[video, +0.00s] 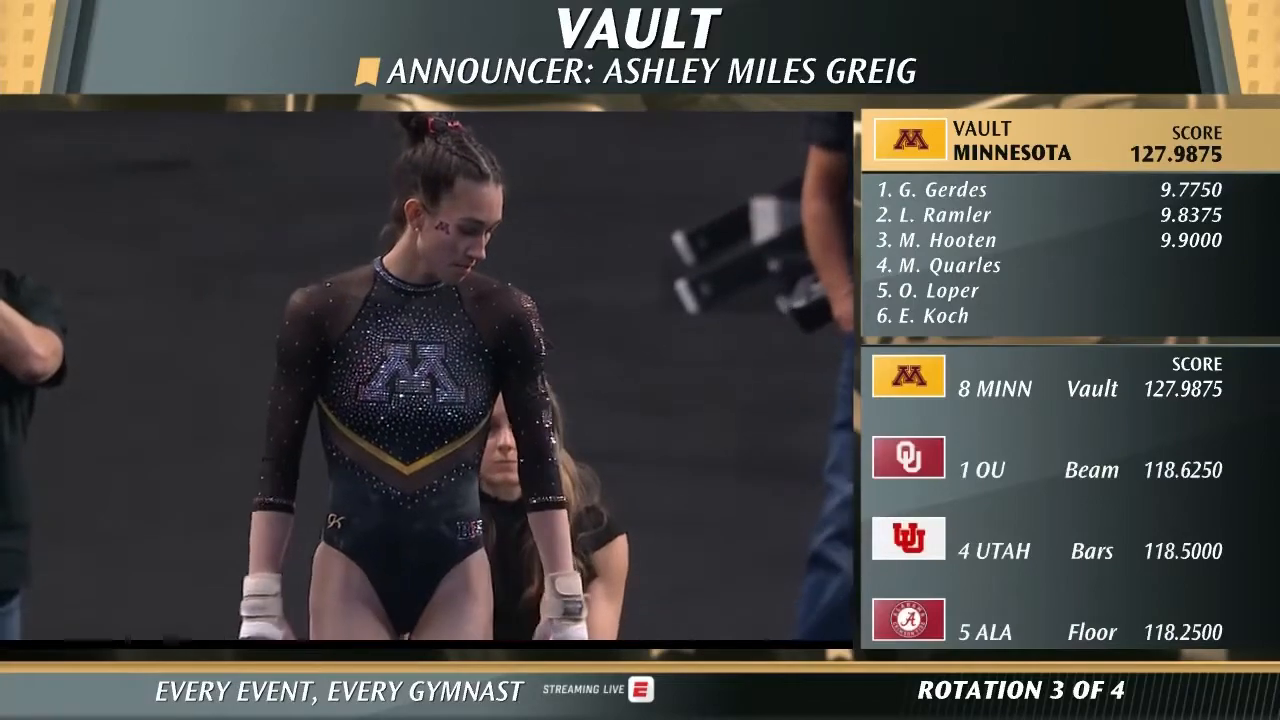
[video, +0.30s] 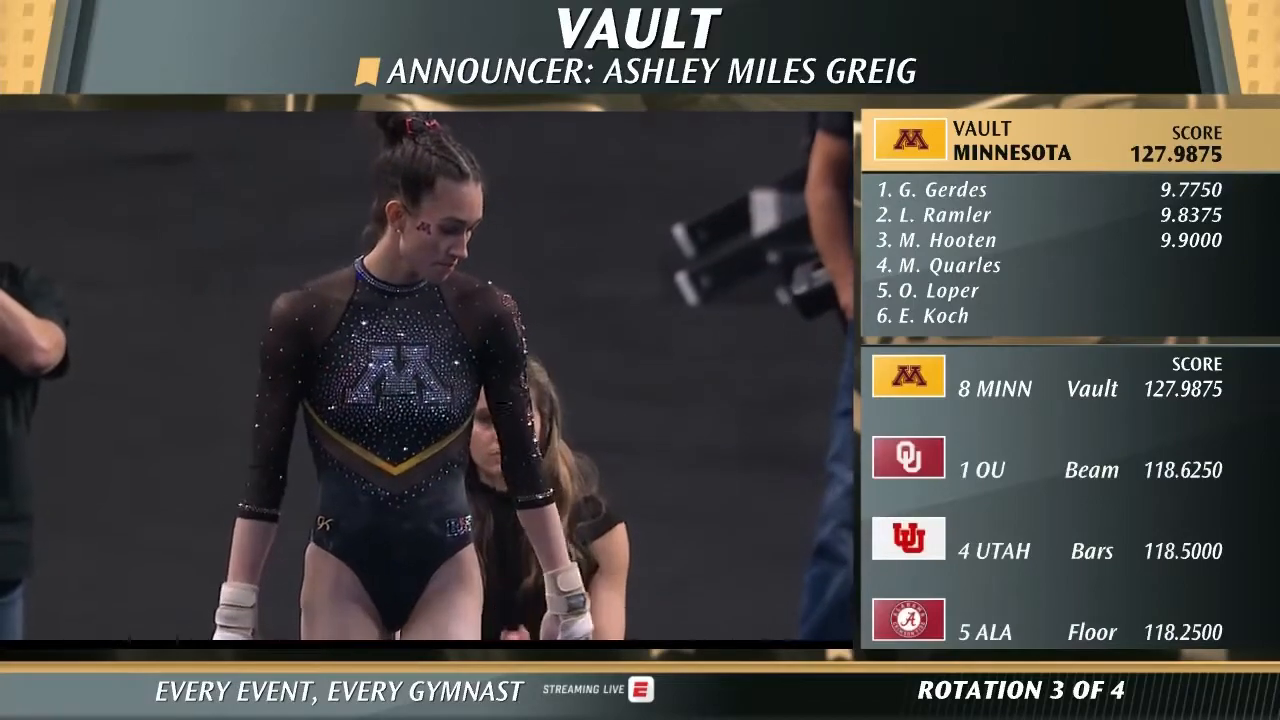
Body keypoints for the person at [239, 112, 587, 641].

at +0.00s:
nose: (481, 250)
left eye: (490, 231)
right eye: (468, 230)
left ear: (497, 220)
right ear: (414, 213)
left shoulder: (503, 316)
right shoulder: (320, 312)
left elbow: (538, 460)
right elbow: (279, 462)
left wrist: (566, 600)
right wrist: (259, 605)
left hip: (458, 568)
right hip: (350, 565)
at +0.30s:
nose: (462, 249)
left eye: (470, 231)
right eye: (447, 229)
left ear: (478, 219)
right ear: (395, 214)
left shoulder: (481, 312)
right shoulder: (301, 316)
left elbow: (520, 457)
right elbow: (263, 473)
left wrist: (565, 592)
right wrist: (233, 612)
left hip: (447, 565)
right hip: (340, 565)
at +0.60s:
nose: (468, 241)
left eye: (476, 223)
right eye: (454, 221)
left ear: (483, 213)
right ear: (403, 208)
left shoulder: (489, 310)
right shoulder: (310, 308)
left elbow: (510, 460)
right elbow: (284, 461)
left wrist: (519, 603)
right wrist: (284, 609)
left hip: (458, 558)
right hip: (348, 556)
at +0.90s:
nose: (471, 246)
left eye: (480, 228)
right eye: (458, 227)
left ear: (485, 217)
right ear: (406, 212)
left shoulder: (493, 315)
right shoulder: (315, 313)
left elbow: (510, 468)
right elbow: (291, 468)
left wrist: (494, 612)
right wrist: (280, 609)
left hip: (458, 559)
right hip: (348, 557)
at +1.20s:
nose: (471, 245)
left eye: (478, 227)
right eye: (458, 226)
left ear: (483, 216)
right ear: (405, 210)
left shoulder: (488, 316)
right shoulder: (312, 313)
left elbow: (512, 469)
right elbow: (281, 468)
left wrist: (536, 613)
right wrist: (254, 614)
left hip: (453, 562)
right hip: (345, 559)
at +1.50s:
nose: (456, 244)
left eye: (463, 227)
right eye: (443, 226)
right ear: (391, 212)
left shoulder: (472, 315)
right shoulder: (296, 315)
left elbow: (502, 463)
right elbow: (266, 467)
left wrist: (534, 605)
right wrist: (252, 608)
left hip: (443, 560)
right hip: (335, 558)